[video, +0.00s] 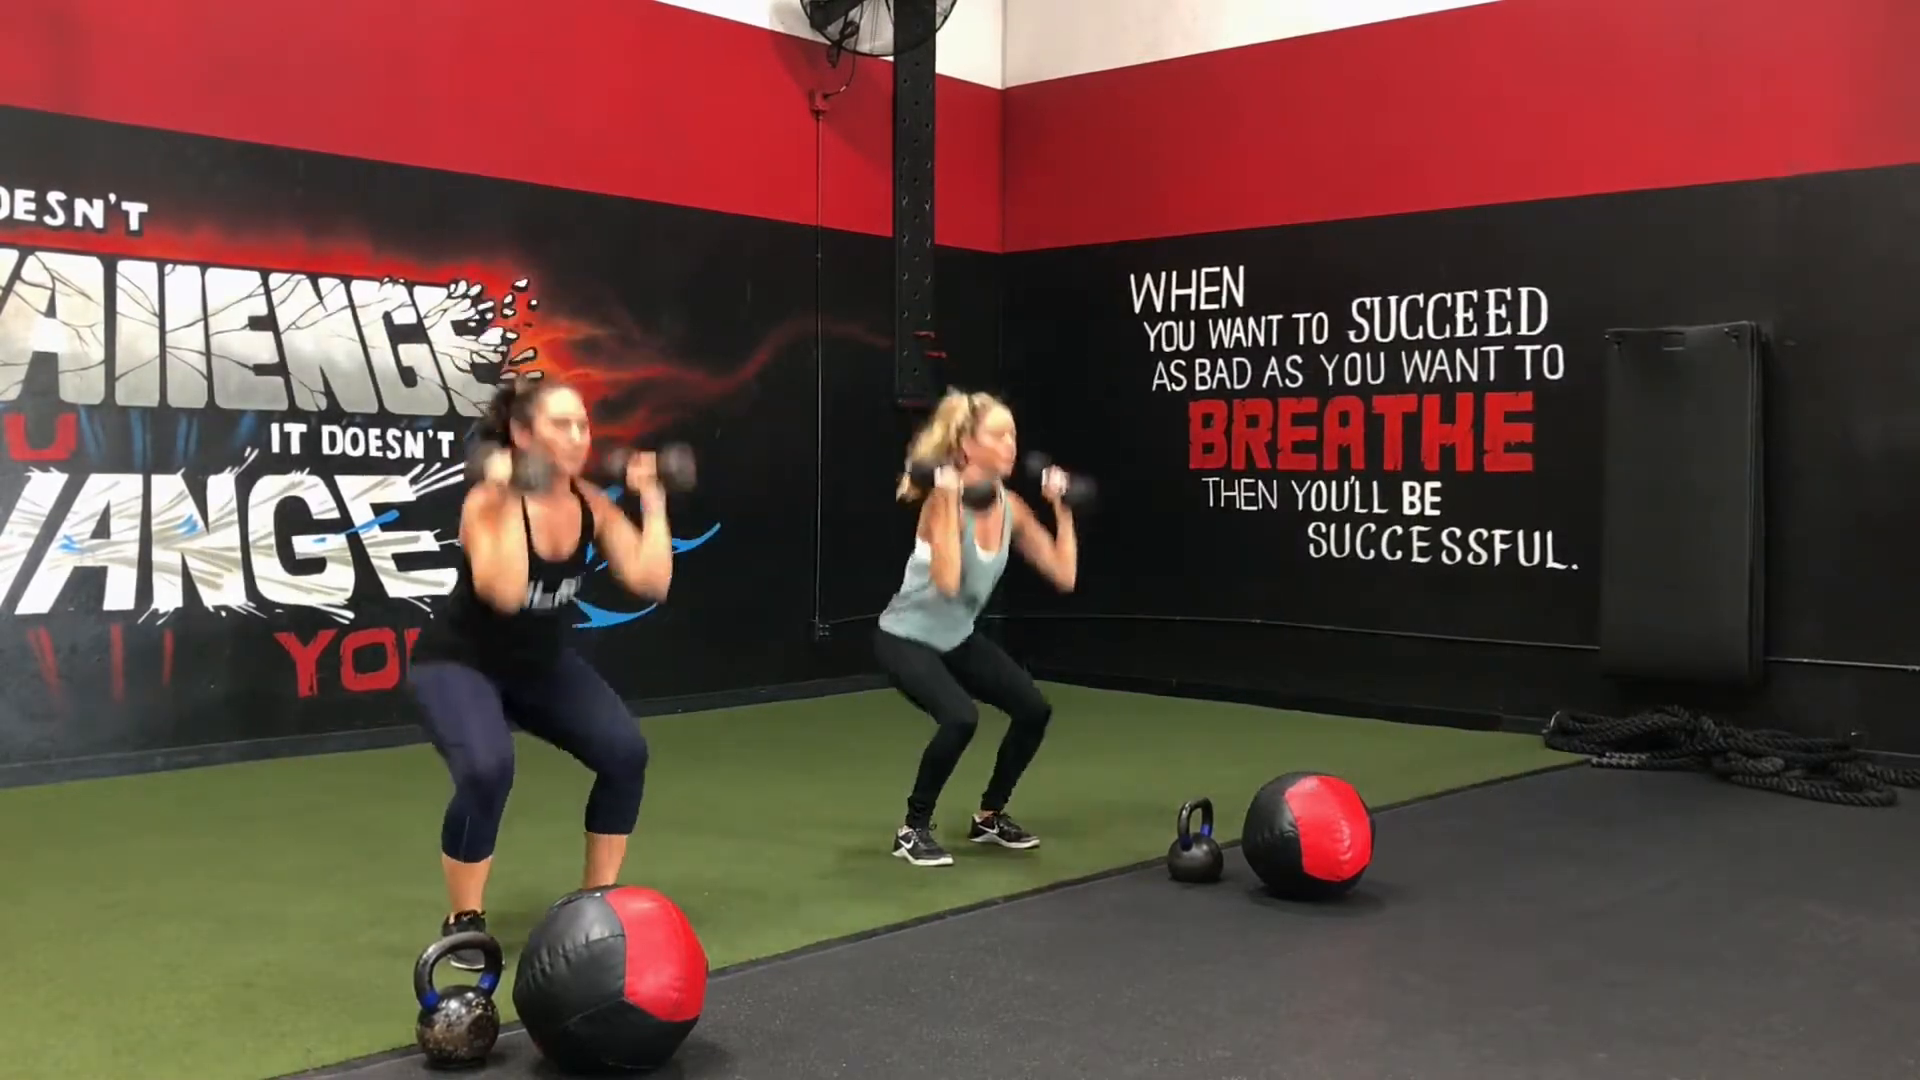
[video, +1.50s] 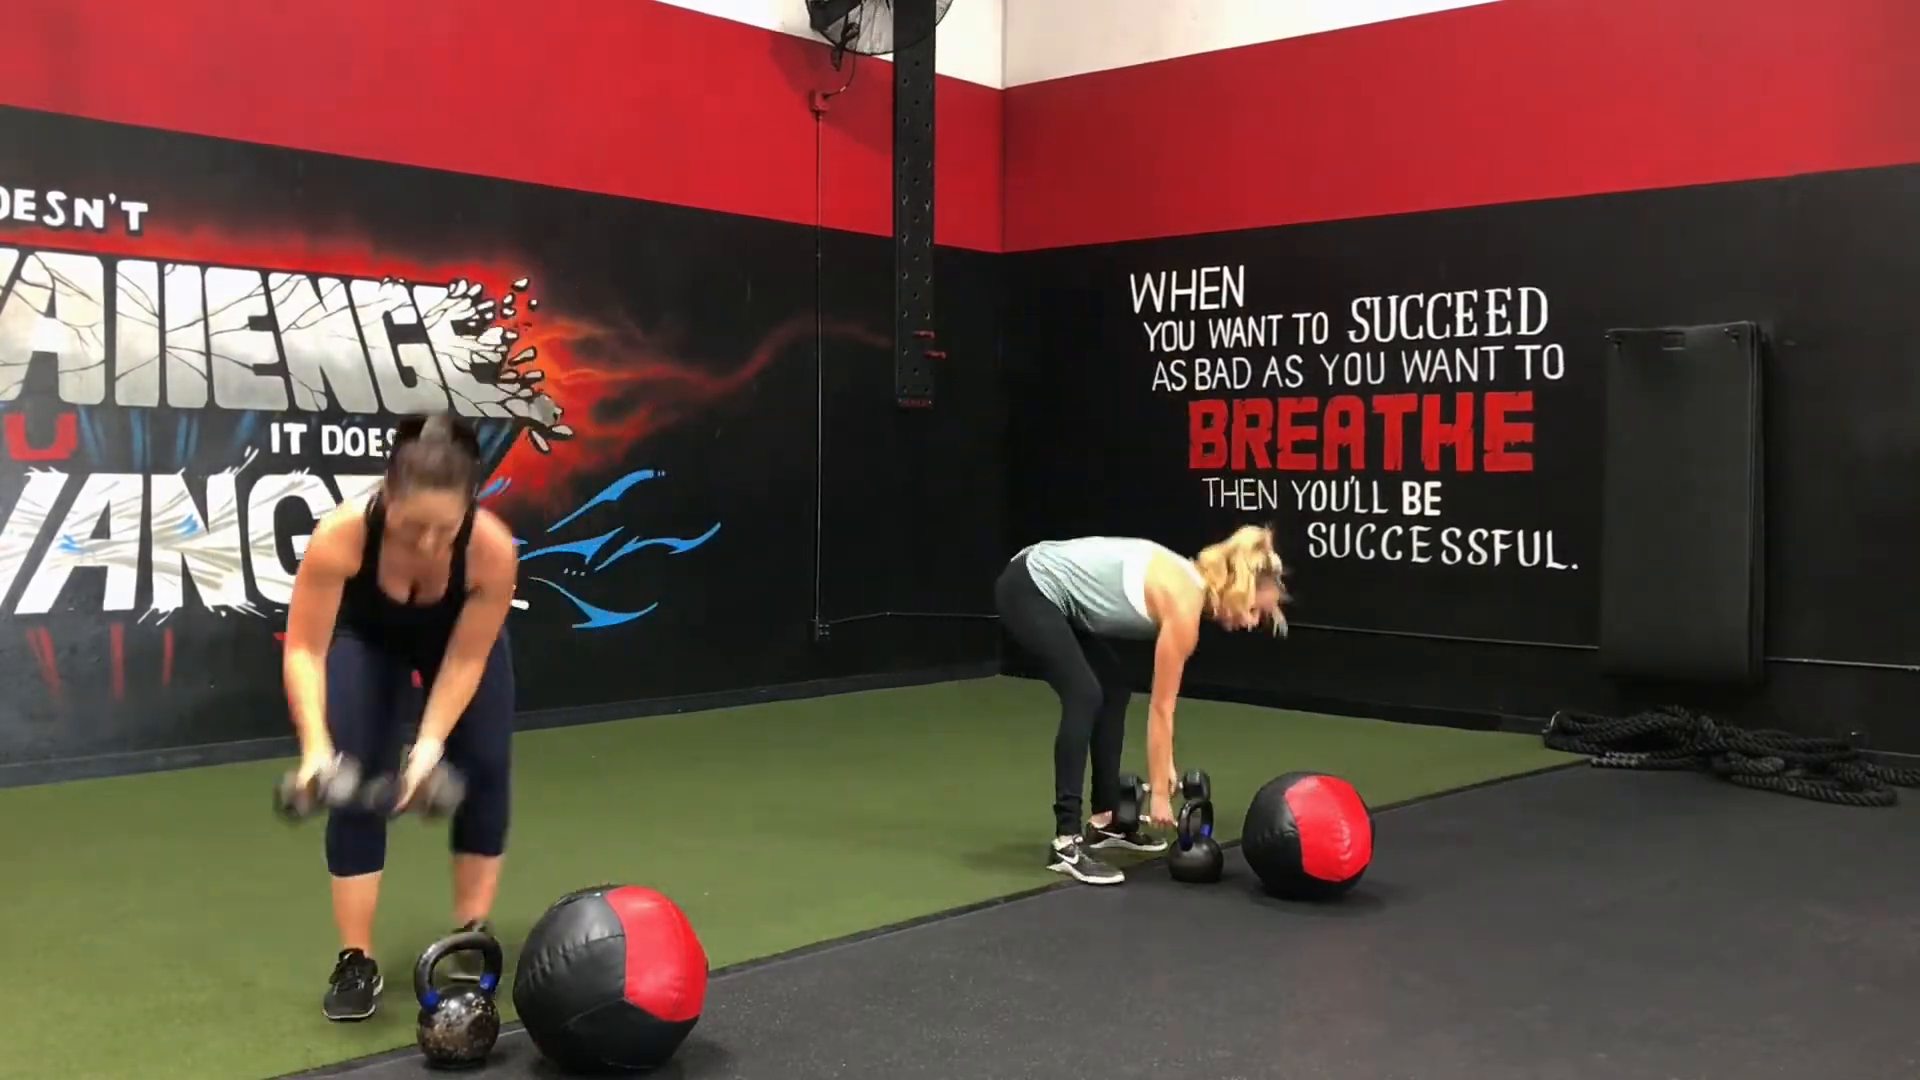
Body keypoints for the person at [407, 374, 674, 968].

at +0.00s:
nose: (579, 436)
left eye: (582, 424)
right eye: (563, 425)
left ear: (589, 432)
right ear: (521, 434)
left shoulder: (590, 503)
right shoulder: (489, 501)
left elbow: (651, 582)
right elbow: (505, 593)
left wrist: (652, 497)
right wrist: (506, 495)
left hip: (541, 663)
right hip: (458, 662)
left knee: (625, 752)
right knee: (487, 768)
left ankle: (594, 906)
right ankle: (465, 925)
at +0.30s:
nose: (591, 520)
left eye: (595, 508)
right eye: (575, 508)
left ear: (601, 515)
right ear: (534, 518)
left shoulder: (598, 573)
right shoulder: (492, 583)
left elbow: (646, 670)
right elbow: (508, 688)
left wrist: (650, 587)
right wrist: (516, 596)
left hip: (537, 716)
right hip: (453, 717)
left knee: (641, 765)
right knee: (495, 785)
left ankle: (597, 910)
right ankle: (465, 928)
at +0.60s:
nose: (553, 326)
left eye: (559, 316)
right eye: (537, 314)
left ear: (567, 327)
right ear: (499, 321)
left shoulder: (577, 385)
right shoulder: (477, 389)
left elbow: (640, 318)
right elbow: (499, 305)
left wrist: (626, 224)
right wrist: (494, 204)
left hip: (578, 605)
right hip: (498, 606)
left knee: (582, 750)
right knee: (486, 756)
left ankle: (599, 904)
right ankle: (464, 920)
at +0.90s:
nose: (555, 331)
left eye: (561, 319)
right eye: (538, 320)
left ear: (568, 331)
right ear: (499, 331)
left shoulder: (581, 411)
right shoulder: (479, 406)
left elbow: (646, 487)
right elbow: (491, 484)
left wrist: (636, 406)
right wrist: (488, 391)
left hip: (583, 611)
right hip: (503, 613)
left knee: (590, 753)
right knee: (486, 762)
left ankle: (597, 906)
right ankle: (464, 921)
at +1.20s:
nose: (552, 369)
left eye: (565, 355)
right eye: (538, 354)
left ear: (580, 351)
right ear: (512, 349)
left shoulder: (603, 421)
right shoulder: (477, 425)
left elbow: (619, 516)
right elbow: (431, 521)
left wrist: (639, 522)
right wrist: (468, 490)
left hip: (580, 610)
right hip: (496, 610)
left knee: (594, 750)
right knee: (482, 748)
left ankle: (596, 911)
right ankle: (424, 923)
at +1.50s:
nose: (429, 542)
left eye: (444, 528)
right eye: (415, 526)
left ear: (467, 509)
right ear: (387, 500)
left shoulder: (491, 551)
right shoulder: (337, 541)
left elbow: (465, 660)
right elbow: (304, 648)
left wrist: (429, 745)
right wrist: (316, 749)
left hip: (461, 646)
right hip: (367, 645)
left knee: (483, 777)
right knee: (354, 782)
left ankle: (472, 943)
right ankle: (356, 959)